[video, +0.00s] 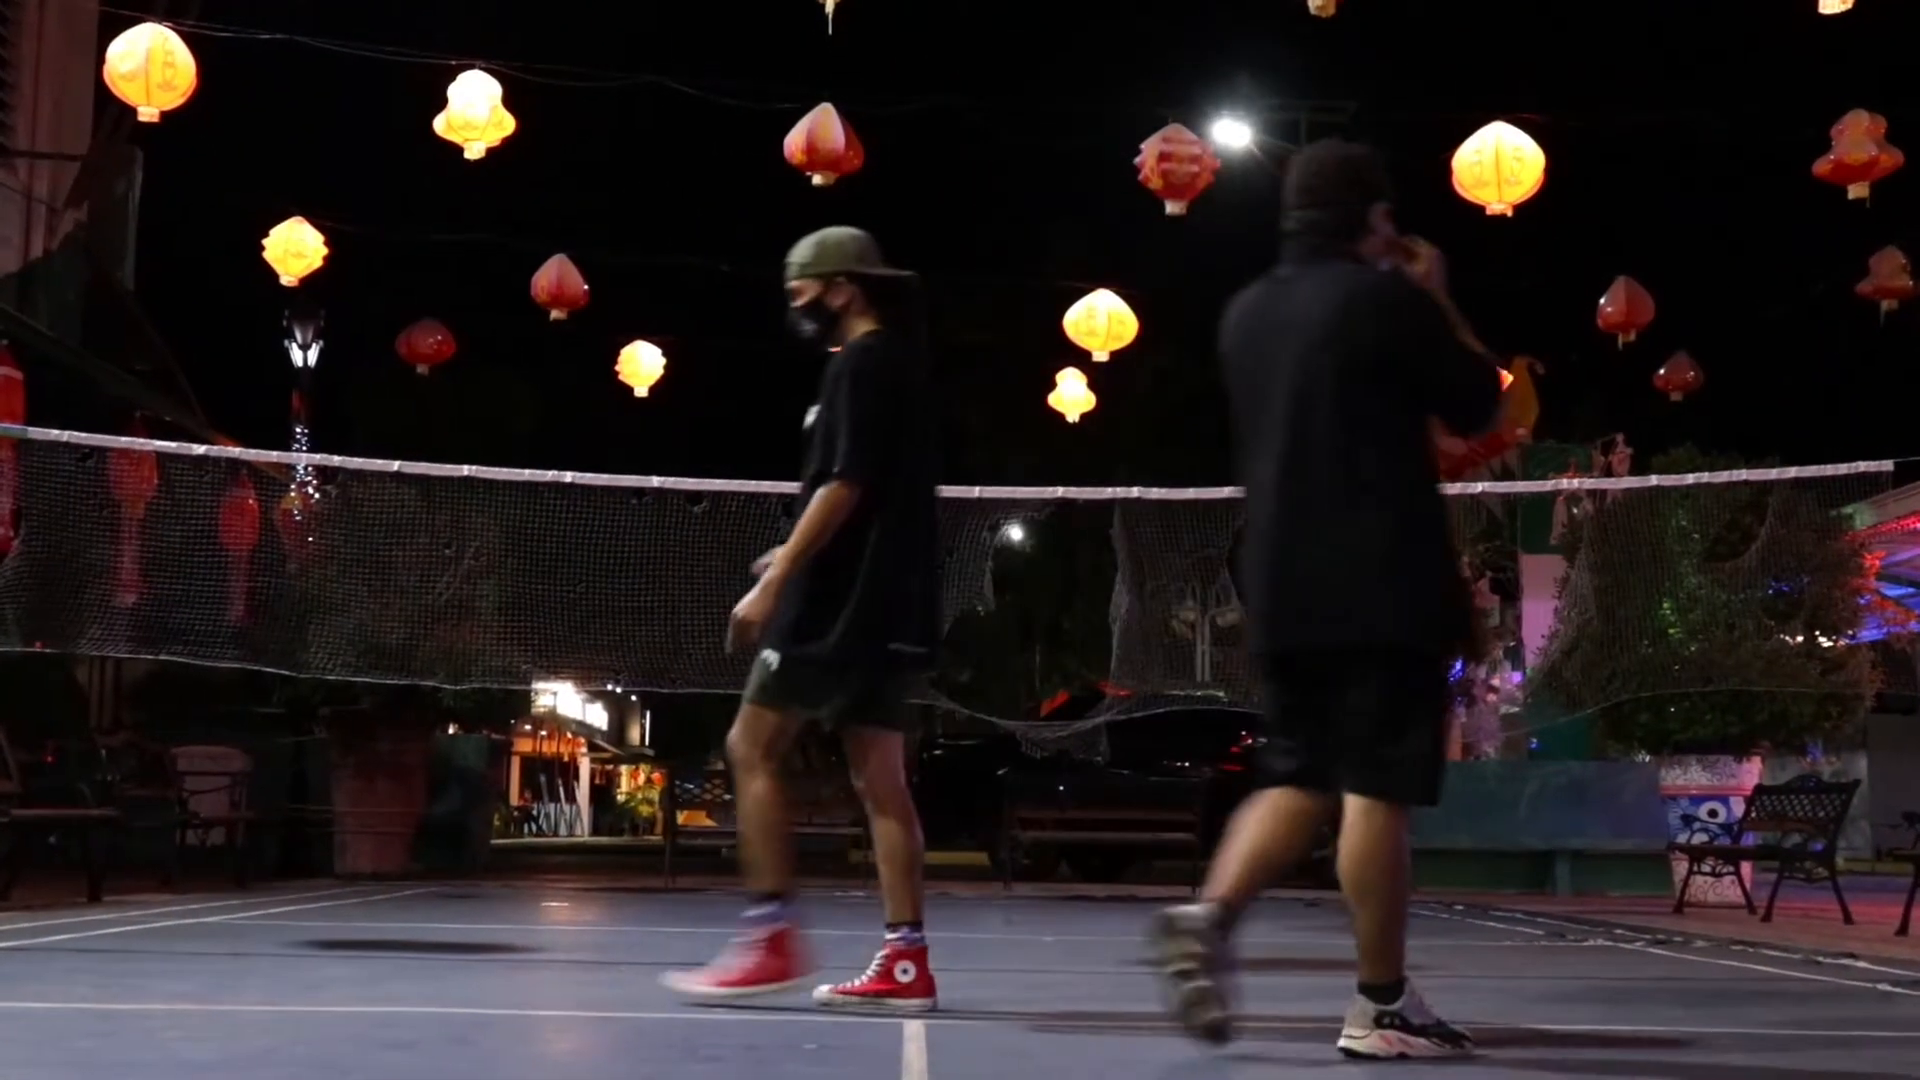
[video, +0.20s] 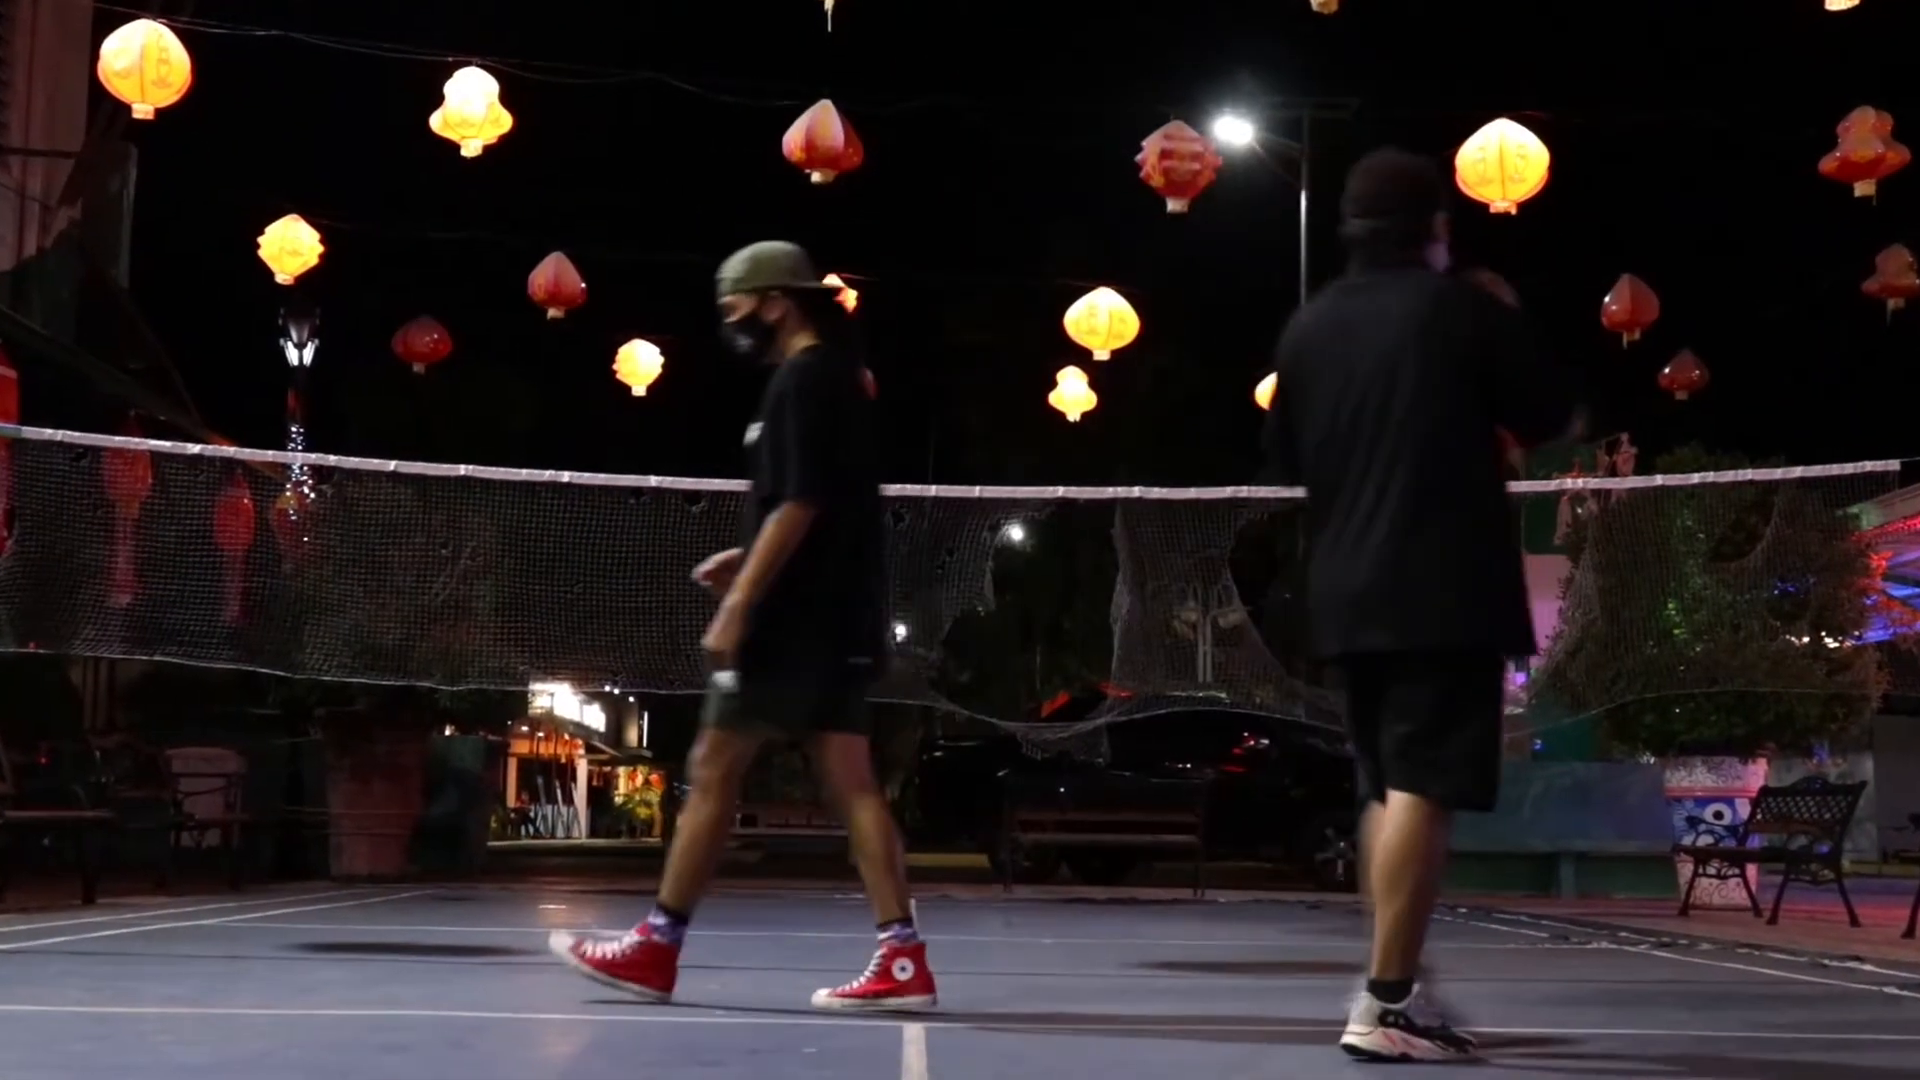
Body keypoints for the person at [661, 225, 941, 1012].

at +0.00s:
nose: (795, 301)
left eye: (803, 288)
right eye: (794, 290)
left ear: (842, 286)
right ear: (853, 290)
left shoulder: (860, 363)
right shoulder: (898, 361)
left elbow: (846, 485)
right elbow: (861, 489)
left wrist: (771, 581)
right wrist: (787, 569)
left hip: (835, 601)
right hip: (892, 603)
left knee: (752, 746)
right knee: (882, 781)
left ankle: (770, 938)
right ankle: (905, 955)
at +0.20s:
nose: (729, 320)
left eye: (736, 306)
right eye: (728, 307)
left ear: (776, 302)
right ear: (783, 305)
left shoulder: (802, 380)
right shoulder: (830, 376)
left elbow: (798, 506)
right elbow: (821, 505)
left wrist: (735, 606)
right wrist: (747, 557)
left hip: (784, 617)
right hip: (837, 617)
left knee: (712, 769)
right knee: (854, 783)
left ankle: (655, 945)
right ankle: (902, 953)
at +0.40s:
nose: (664, 325)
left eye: (671, 310)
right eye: (663, 312)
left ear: (707, 305)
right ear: (722, 307)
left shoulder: (725, 386)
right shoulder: (769, 380)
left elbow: (716, 512)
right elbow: (755, 505)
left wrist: (627, 581)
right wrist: (672, 528)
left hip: (703, 621)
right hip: (763, 619)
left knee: (643, 773)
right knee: (765, 778)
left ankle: (635, 955)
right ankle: (868, 926)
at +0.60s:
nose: (613, 329)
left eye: (615, 316)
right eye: (611, 318)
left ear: (647, 304)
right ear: (669, 305)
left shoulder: (665, 377)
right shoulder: (717, 372)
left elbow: (584, 472)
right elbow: (666, 467)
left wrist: (518, 416)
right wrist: (605, 402)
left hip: (638, 612)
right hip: (692, 610)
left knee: (611, 771)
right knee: (651, 771)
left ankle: (631, 958)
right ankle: (752, 887)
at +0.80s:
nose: (571, 337)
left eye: (573, 324)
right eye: (568, 325)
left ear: (592, 310)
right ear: (629, 305)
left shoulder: (608, 368)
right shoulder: (670, 371)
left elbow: (496, 410)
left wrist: (526, 315)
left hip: (590, 602)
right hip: (627, 600)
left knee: (601, 779)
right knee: (555, 759)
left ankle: (628, 957)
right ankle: (570, 934)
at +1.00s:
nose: (525, 338)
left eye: (527, 324)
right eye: (525, 323)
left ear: (547, 317)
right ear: (586, 311)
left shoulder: (570, 375)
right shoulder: (618, 377)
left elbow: (455, 415)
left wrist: (488, 326)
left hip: (553, 611)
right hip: (571, 607)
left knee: (572, 785)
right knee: (496, 765)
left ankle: (626, 962)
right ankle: (434, 941)